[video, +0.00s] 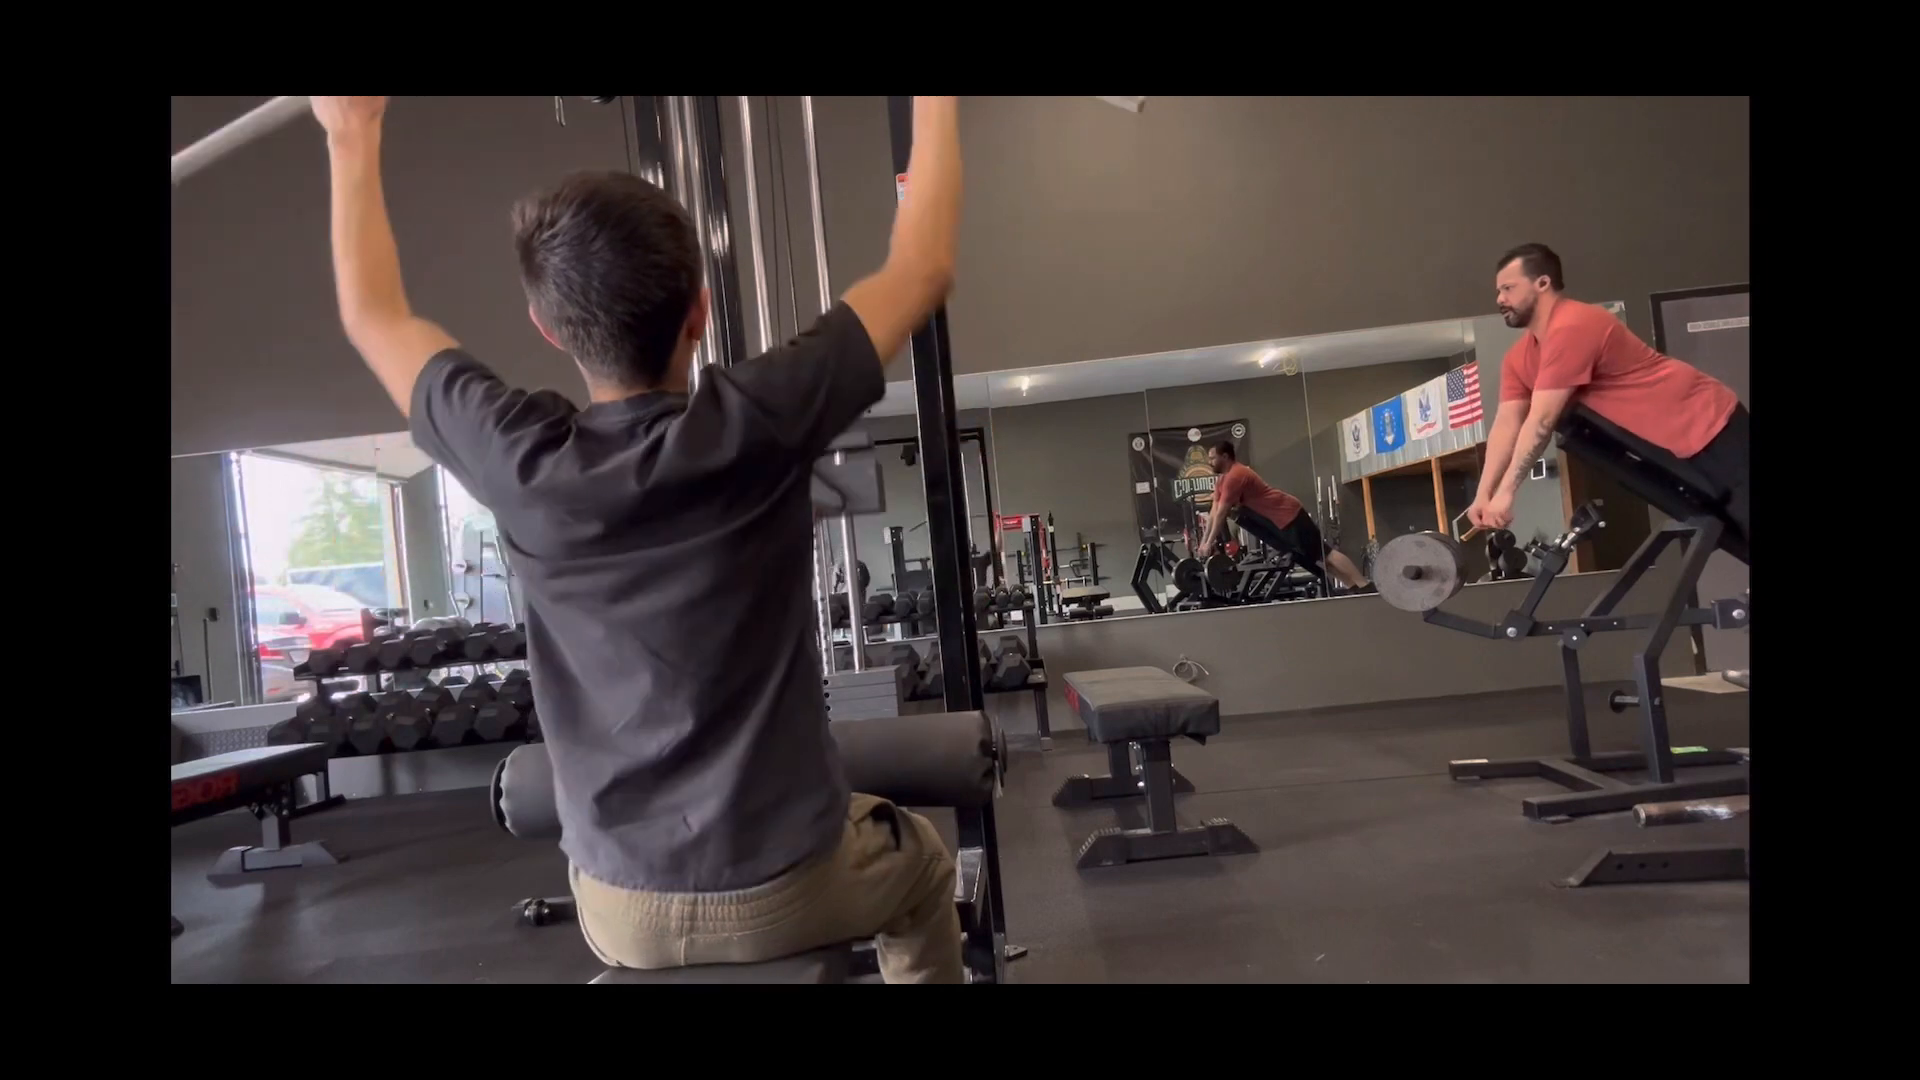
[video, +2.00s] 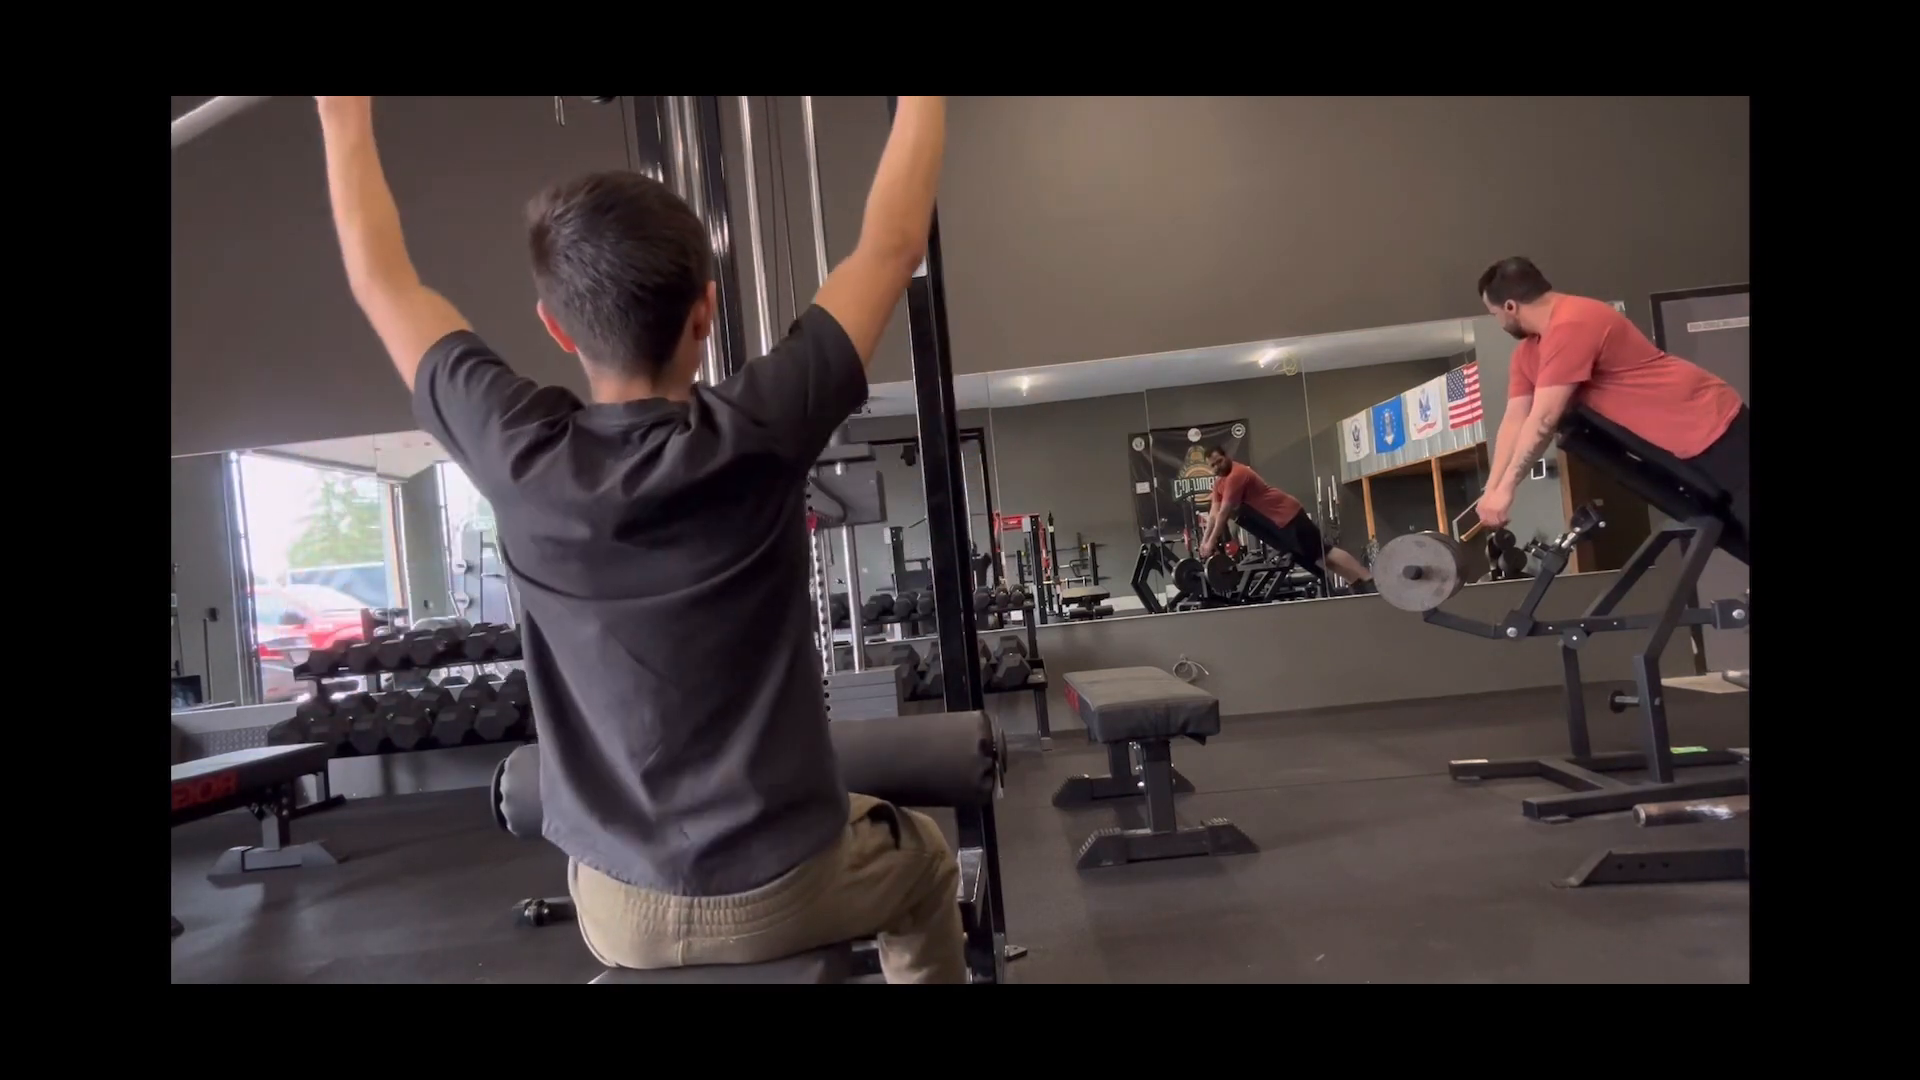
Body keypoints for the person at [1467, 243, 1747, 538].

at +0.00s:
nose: (1499, 300)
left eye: (1507, 288)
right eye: (1498, 292)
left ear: (1542, 284)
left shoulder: (1572, 325)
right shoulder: (1518, 357)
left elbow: (1541, 422)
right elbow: (1506, 422)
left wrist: (1505, 490)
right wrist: (1483, 493)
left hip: (1709, 422)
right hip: (1669, 449)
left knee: (1745, 521)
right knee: (1733, 536)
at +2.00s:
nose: (1496, 322)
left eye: (1493, 313)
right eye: (1493, 315)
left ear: (1510, 307)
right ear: (1515, 306)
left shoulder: (1574, 323)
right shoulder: (1526, 352)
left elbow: (1544, 420)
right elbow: (1514, 418)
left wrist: (1506, 487)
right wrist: (1493, 487)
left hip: (1713, 424)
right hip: (1677, 447)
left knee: (1745, 527)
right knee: (1732, 536)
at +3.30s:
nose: (1493, 346)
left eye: (1490, 335)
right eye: (1486, 340)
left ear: (1509, 312)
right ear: (1508, 314)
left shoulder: (1567, 325)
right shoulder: (1528, 363)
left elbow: (1589, 415)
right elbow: (1547, 423)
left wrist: (1558, 476)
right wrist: (1556, 486)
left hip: (1709, 423)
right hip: (1670, 449)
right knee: (1730, 533)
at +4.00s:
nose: (1486, 364)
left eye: (1480, 354)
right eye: (1478, 358)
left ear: (1495, 332)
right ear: (1495, 336)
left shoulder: (1552, 335)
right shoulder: (1531, 377)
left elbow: (1582, 422)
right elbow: (1567, 439)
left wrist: (1584, 493)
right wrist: (1577, 498)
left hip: (1707, 420)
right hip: (1676, 446)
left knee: (1745, 520)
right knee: (1730, 530)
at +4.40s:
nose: (1489, 359)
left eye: (1484, 348)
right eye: (1481, 354)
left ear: (1500, 323)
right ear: (1499, 326)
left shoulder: (1548, 337)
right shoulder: (1526, 372)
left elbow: (1577, 427)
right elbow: (1553, 438)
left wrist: (1582, 494)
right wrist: (1564, 503)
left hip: (1704, 418)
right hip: (1675, 443)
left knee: (1744, 521)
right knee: (1729, 531)